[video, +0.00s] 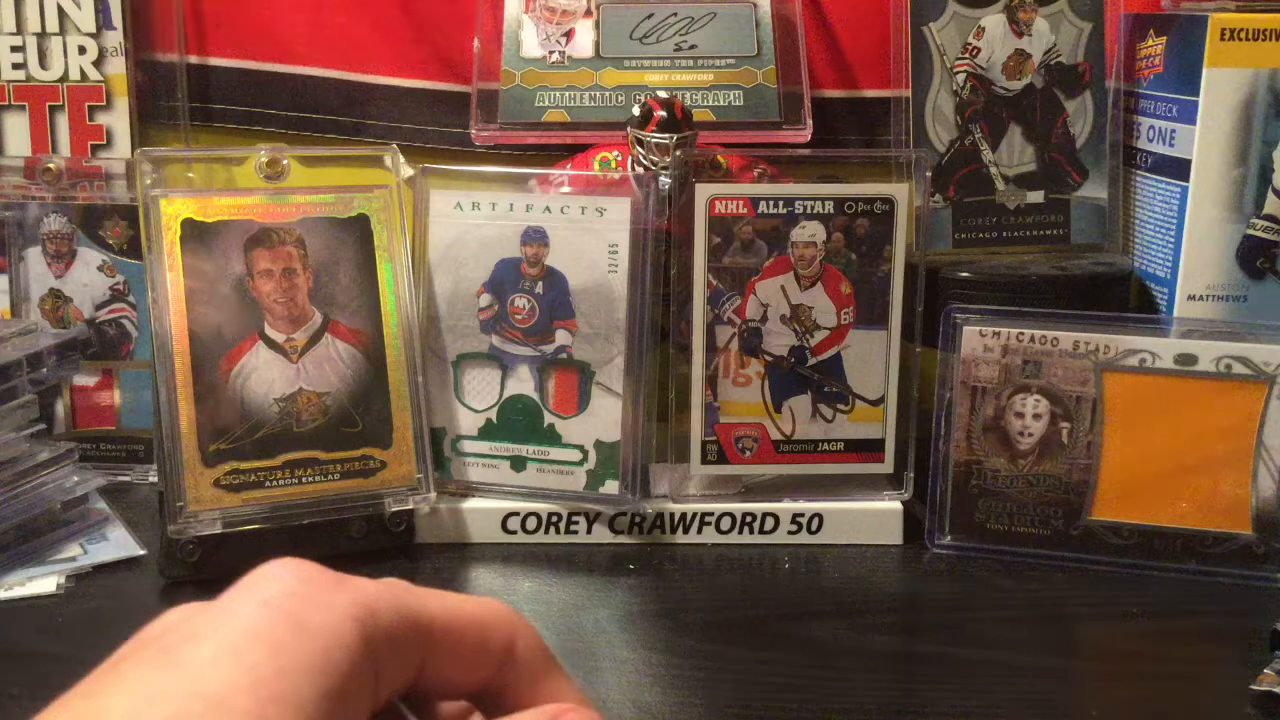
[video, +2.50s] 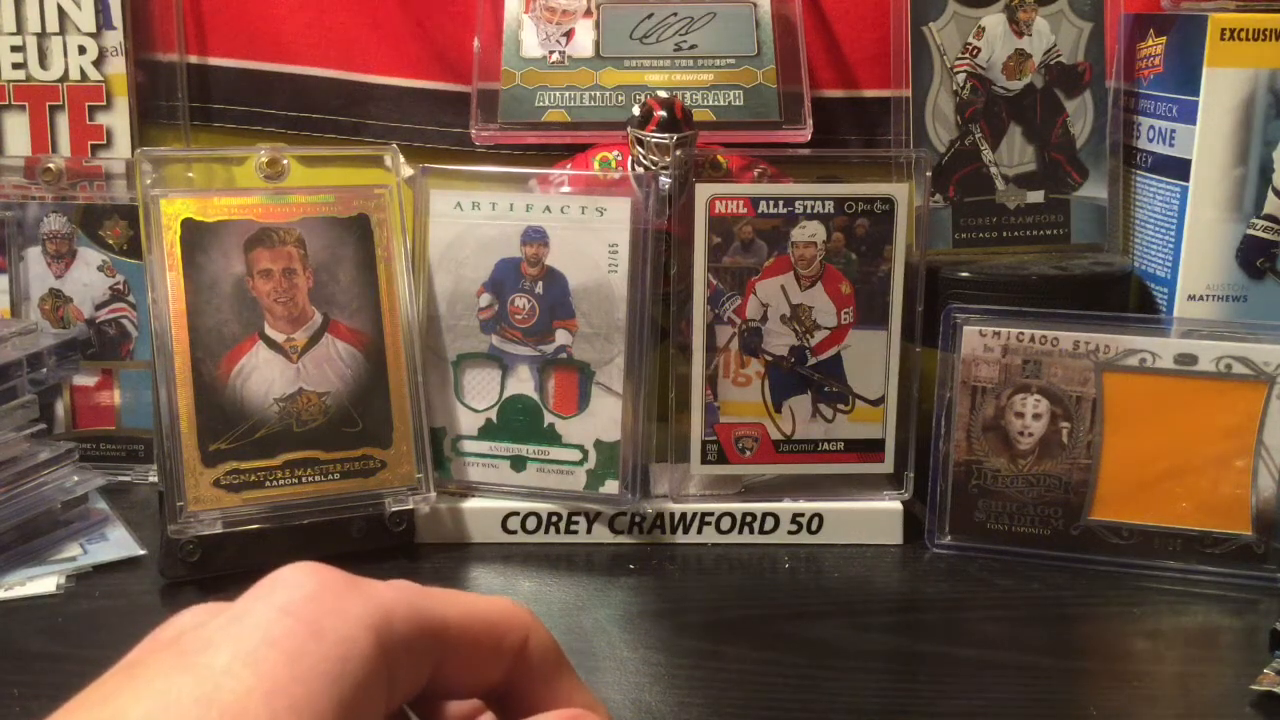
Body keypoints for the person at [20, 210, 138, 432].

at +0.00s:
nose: (57, 252)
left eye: (63, 244)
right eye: (51, 244)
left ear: (73, 242)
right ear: (42, 243)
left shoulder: (96, 265)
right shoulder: (27, 262)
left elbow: (122, 313)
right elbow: (14, 312)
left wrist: (101, 338)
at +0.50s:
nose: (57, 247)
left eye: (63, 241)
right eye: (51, 241)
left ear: (72, 241)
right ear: (42, 242)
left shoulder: (96, 264)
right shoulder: (27, 261)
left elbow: (120, 305)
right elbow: (15, 308)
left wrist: (107, 335)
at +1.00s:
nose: (57, 246)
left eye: (63, 240)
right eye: (51, 240)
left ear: (72, 240)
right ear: (43, 241)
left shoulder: (96, 264)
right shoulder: (27, 261)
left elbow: (121, 309)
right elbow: (13, 309)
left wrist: (103, 336)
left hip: (88, 368)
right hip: (40, 365)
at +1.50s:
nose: (57, 247)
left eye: (63, 240)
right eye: (51, 241)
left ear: (72, 240)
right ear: (43, 242)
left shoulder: (96, 264)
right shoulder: (28, 261)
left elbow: (120, 305)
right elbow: (15, 307)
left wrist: (108, 334)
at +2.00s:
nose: (57, 247)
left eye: (63, 241)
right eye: (51, 241)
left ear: (72, 240)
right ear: (43, 242)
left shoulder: (96, 264)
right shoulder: (28, 261)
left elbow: (121, 306)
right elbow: (14, 309)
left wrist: (107, 335)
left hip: (88, 369)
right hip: (40, 366)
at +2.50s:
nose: (57, 247)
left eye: (62, 240)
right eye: (51, 241)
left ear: (72, 240)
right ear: (43, 243)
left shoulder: (96, 264)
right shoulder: (28, 260)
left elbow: (120, 302)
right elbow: (15, 307)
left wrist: (108, 333)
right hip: (40, 361)